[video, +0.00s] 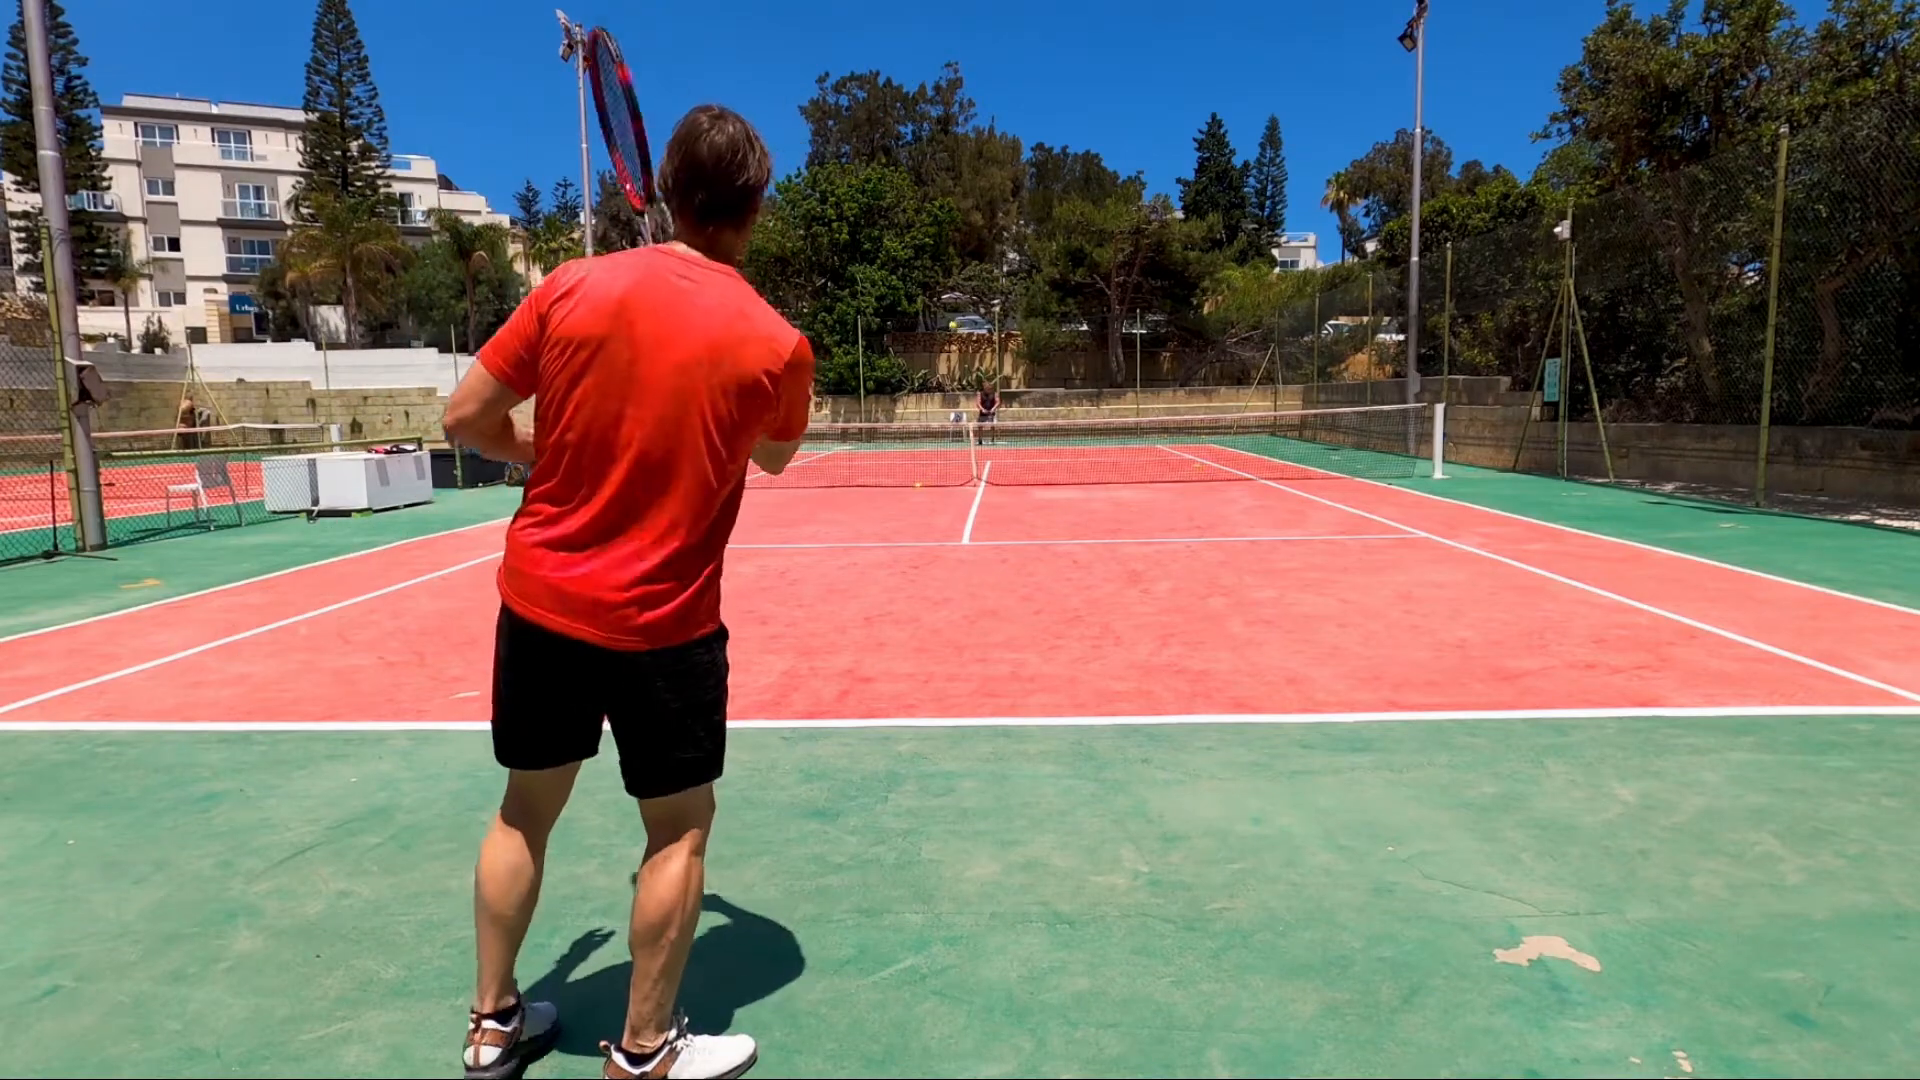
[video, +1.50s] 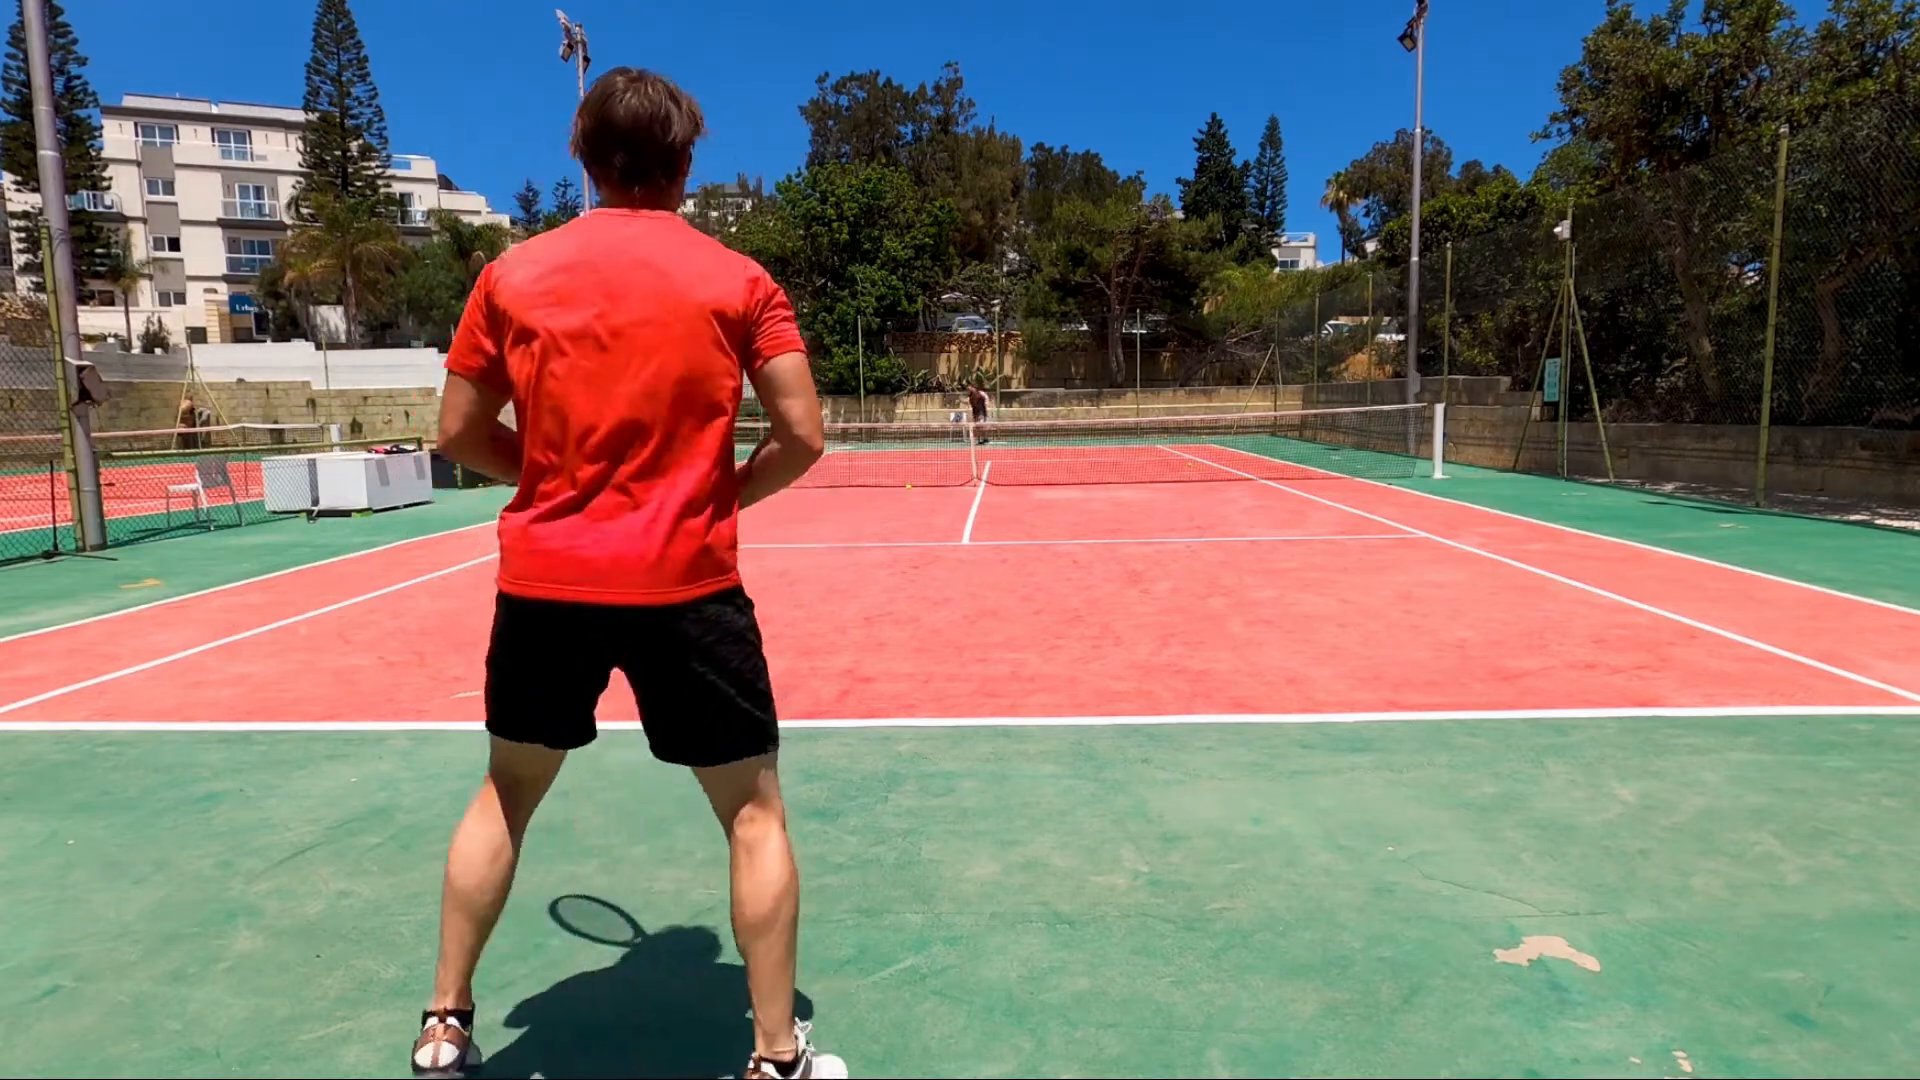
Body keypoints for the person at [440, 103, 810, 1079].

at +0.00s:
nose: (750, 211)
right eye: (756, 198)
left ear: (660, 196)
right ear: (757, 206)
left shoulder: (575, 288)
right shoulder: (774, 343)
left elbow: (467, 415)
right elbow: (772, 454)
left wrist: (548, 453)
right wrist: (694, 391)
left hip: (542, 609)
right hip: (669, 629)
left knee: (523, 809)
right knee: (676, 834)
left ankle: (491, 1018)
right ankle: (646, 1044)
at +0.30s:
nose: (666, 213)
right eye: (665, 201)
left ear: (570, 203)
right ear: (658, 207)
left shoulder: (500, 308)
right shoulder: (701, 324)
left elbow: (438, 461)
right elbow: (744, 490)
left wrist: (528, 490)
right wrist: (667, 517)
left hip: (527, 626)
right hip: (654, 630)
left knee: (522, 834)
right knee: (674, 840)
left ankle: (516, 1036)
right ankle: (647, 1041)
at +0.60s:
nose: (614, 226)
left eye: (604, 213)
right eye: (610, 213)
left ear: (514, 223)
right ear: (598, 215)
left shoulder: (458, 335)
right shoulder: (637, 313)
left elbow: (422, 499)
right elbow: (701, 464)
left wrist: (513, 517)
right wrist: (673, 527)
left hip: (503, 630)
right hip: (625, 622)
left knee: (531, 821)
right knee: (709, 801)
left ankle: (514, 1038)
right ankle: (686, 1035)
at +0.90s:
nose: (651, 201)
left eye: (636, 187)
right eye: (647, 187)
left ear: (549, 196)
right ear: (638, 194)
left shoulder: (489, 311)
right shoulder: (685, 304)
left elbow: (447, 471)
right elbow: (741, 458)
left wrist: (543, 476)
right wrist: (689, 506)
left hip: (539, 618)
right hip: (668, 610)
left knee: (525, 833)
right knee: (739, 793)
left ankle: (511, 1035)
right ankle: (739, 1024)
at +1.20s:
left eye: (623, 259)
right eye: (706, 261)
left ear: (620, 270)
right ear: (710, 273)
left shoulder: (562, 381)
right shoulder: (764, 387)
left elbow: (498, 540)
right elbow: (830, 542)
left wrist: (592, 560)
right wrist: (741, 582)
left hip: (600, 688)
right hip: (731, 681)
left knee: (599, 856)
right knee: (772, 847)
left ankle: (623, 1060)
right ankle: (771, 1059)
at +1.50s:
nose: (688, 166)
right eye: (687, 153)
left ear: (584, 160)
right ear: (684, 161)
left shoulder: (514, 276)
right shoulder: (734, 277)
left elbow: (460, 436)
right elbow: (801, 437)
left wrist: (552, 468)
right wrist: (723, 494)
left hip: (546, 586)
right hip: (687, 587)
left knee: (507, 789)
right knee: (753, 811)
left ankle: (446, 1017)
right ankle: (776, 1050)